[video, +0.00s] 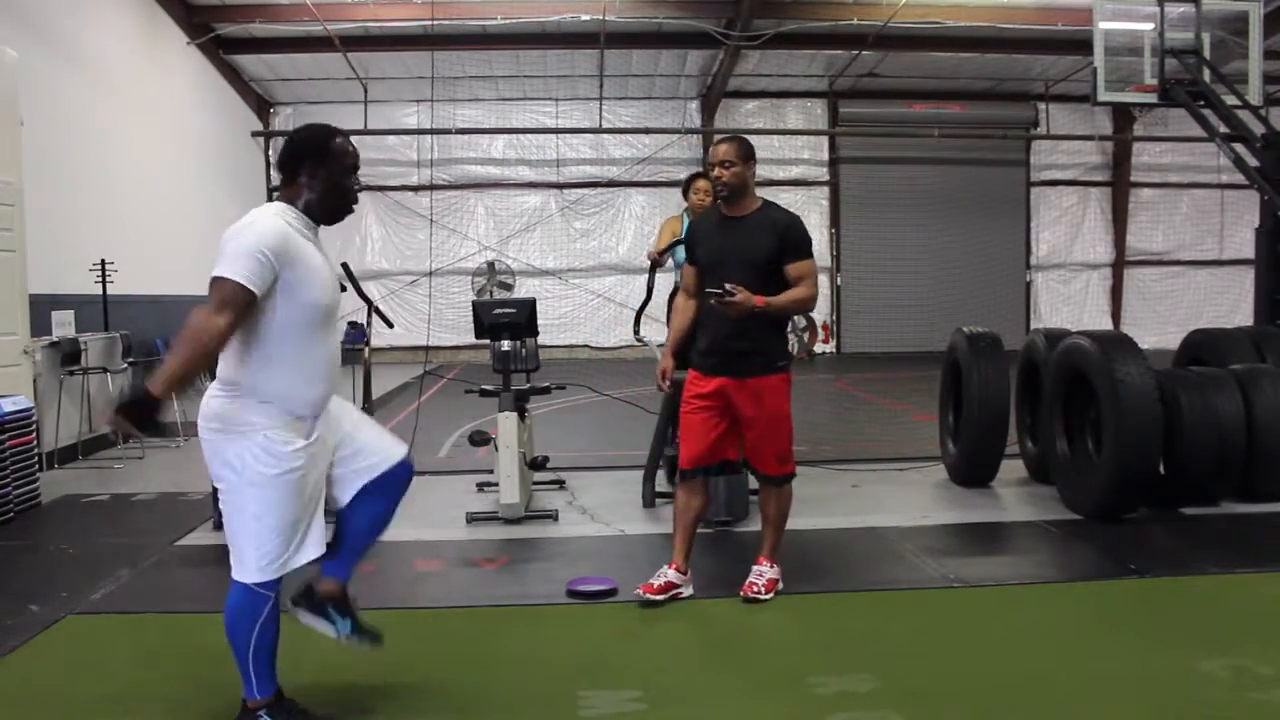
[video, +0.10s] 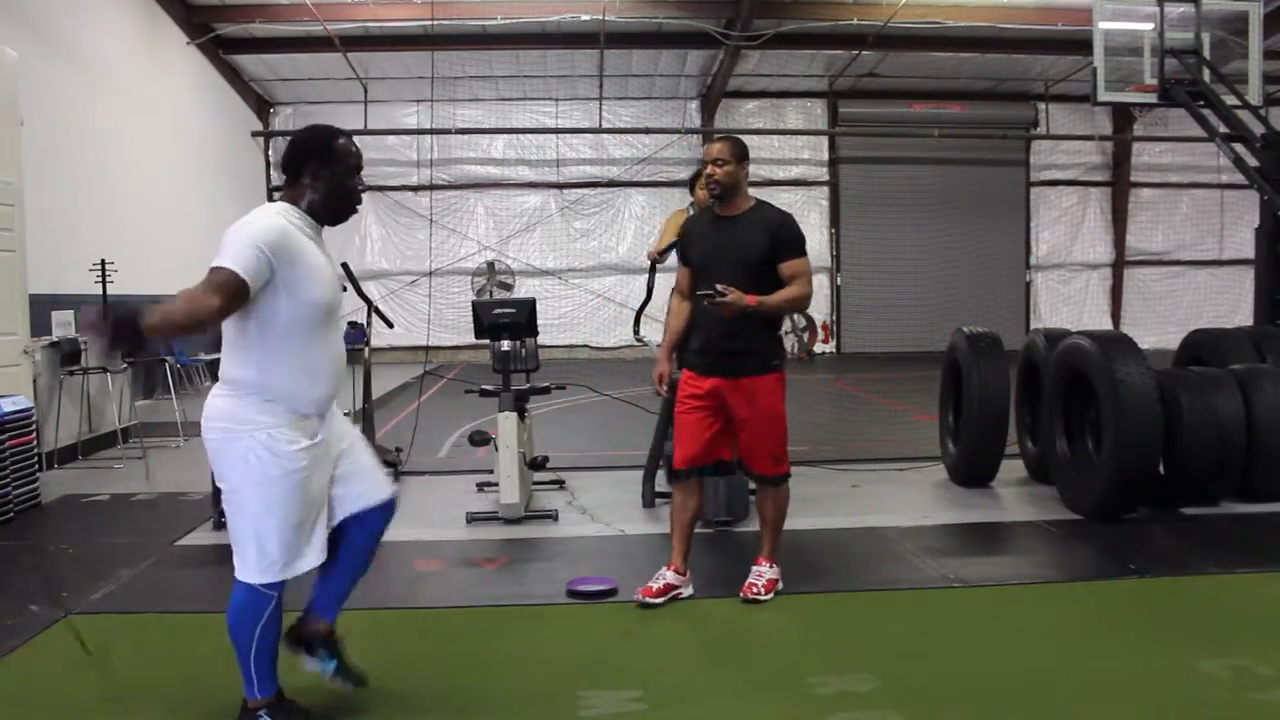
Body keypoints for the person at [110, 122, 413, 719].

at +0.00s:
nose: (356, 190)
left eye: (356, 177)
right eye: (348, 175)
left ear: (308, 177)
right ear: (308, 175)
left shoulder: (303, 236)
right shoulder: (263, 233)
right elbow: (215, 318)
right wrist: (151, 393)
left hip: (310, 410)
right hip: (256, 427)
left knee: (388, 468)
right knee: (260, 574)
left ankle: (329, 589)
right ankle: (260, 700)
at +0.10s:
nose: (362, 187)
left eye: (361, 174)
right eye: (353, 173)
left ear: (314, 177)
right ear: (313, 176)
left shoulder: (309, 240)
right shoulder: (267, 229)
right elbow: (214, 297)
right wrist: (143, 325)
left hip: (316, 420)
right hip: (259, 429)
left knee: (373, 504)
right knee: (262, 572)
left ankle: (316, 627)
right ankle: (261, 701)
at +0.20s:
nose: (361, 186)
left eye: (361, 173)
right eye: (352, 172)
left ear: (312, 177)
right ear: (312, 174)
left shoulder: (311, 237)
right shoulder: (272, 229)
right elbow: (222, 292)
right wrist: (196, 272)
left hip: (314, 425)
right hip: (260, 428)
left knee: (333, 547)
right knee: (273, 571)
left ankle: (294, 671)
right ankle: (259, 702)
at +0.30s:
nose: (364, 181)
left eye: (363, 170)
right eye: (354, 169)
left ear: (317, 175)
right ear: (316, 174)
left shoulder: (318, 238)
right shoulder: (277, 224)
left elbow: (324, 269)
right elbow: (237, 291)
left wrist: (363, 231)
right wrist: (271, 261)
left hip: (302, 425)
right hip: (258, 426)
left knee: (309, 566)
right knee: (283, 574)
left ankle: (284, 678)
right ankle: (264, 700)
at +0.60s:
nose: (366, 215)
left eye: (364, 203)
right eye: (354, 202)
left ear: (325, 214)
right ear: (317, 211)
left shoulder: (321, 276)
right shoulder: (290, 271)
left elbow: (343, 341)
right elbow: (282, 358)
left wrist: (416, 342)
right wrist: (357, 378)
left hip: (301, 450)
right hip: (262, 454)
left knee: (347, 567)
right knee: (333, 575)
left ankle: (288, 681)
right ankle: (271, 697)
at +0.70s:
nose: (356, 155)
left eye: (353, 143)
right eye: (344, 144)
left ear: (314, 155)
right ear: (313, 152)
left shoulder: (314, 216)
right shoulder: (283, 210)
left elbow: (332, 303)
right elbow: (273, 296)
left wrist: (381, 344)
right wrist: (293, 367)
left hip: (300, 394)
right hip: (272, 396)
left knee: (309, 535)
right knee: (304, 538)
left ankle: (291, 666)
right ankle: (292, 677)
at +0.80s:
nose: (356, 115)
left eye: (355, 103)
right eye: (345, 102)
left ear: (307, 108)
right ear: (310, 106)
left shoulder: (311, 175)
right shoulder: (282, 169)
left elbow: (299, 276)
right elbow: (259, 265)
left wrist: (337, 328)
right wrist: (234, 337)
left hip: (306, 363)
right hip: (282, 367)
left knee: (303, 495)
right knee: (315, 493)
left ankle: (269, 620)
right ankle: (273, 627)